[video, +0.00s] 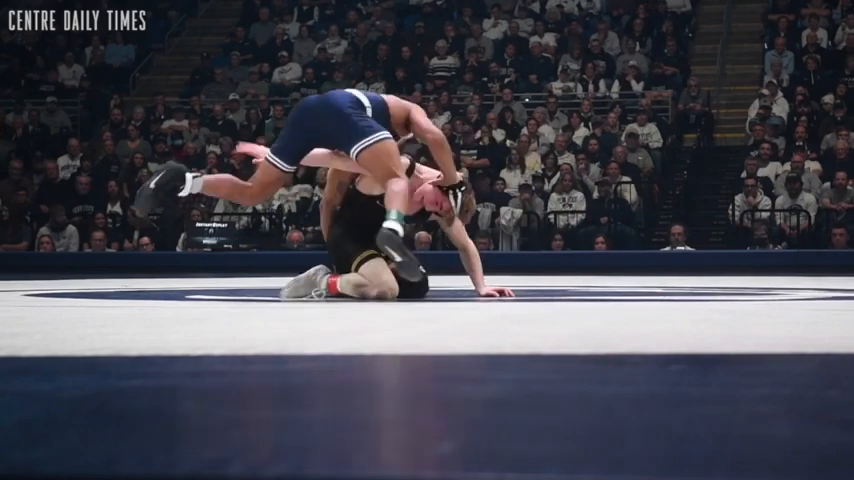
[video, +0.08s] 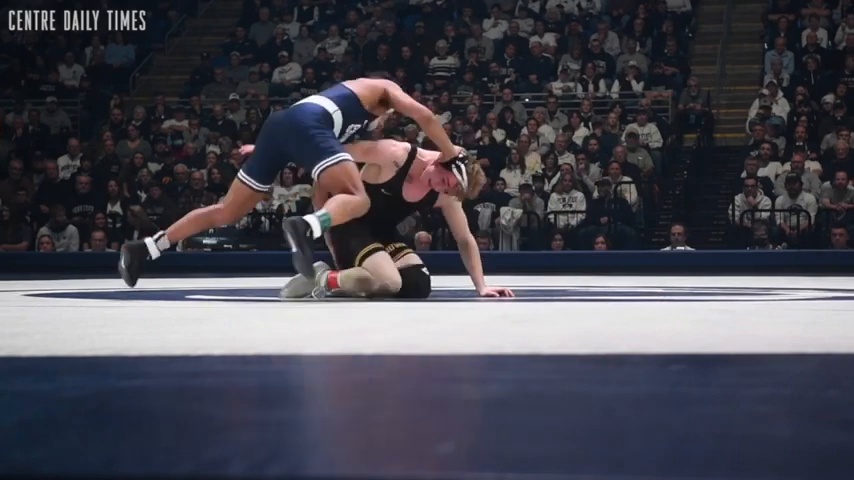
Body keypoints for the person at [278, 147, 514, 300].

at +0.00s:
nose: (433, 210)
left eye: (439, 211)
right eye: (439, 204)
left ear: (441, 209)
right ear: (438, 184)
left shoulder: (432, 196)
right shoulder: (392, 166)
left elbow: (465, 244)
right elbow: (334, 158)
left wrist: (482, 288)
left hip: (381, 238)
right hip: (347, 232)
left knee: (412, 289)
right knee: (386, 288)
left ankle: (354, 281)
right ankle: (322, 283)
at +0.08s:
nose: (440, 190)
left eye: (448, 191)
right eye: (444, 181)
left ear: (452, 190)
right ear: (441, 161)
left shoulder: (445, 192)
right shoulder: (394, 153)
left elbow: (465, 240)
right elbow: (334, 151)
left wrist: (482, 287)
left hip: (384, 232)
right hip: (350, 223)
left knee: (417, 285)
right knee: (388, 282)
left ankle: (349, 285)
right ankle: (322, 278)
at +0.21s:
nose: (446, 156)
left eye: (452, 153)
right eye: (446, 149)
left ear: (455, 151)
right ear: (434, 133)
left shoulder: (449, 171)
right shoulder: (387, 140)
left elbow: (461, 228)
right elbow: (329, 155)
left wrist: (476, 282)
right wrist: (281, 169)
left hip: (397, 222)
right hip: (360, 209)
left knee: (418, 283)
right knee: (405, 232)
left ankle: (360, 287)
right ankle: (338, 272)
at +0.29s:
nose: (443, 150)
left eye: (450, 146)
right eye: (439, 142)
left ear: (454, 144)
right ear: (425, 133)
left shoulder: (451, 164)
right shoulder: (384, 139)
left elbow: (463, 217)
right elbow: (328, 158)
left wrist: (477, 272)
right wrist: (286, 190)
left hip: (408, 218)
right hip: (366, 207)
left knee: (420, 284)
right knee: (423, 194)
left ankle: (366, 281)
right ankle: (384, 270)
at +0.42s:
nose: (403, 138)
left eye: (411, 132)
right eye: (399, 130)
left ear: (424, 123)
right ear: (391, 121)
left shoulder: (444, 128)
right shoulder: (370, 131)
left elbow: (475, 163)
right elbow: (324, 144)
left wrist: (477, 215)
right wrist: (303, 187)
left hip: (419, 201)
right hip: (382, 200)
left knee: (421, 285)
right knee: (429, 194)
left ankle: (363, 286)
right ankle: (452, 275)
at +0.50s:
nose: (374, 125)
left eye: (379, 118)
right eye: (368, 119)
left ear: (396, 106)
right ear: (363, 112)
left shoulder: (431, 103)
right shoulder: (356, 124)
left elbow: (460, 126)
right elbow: (334, 153)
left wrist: (462, 175)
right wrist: (341, 201)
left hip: (430, 176)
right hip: (391, 181)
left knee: (425, 270)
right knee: (434, 193)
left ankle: (376, 282)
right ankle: (454, 276)